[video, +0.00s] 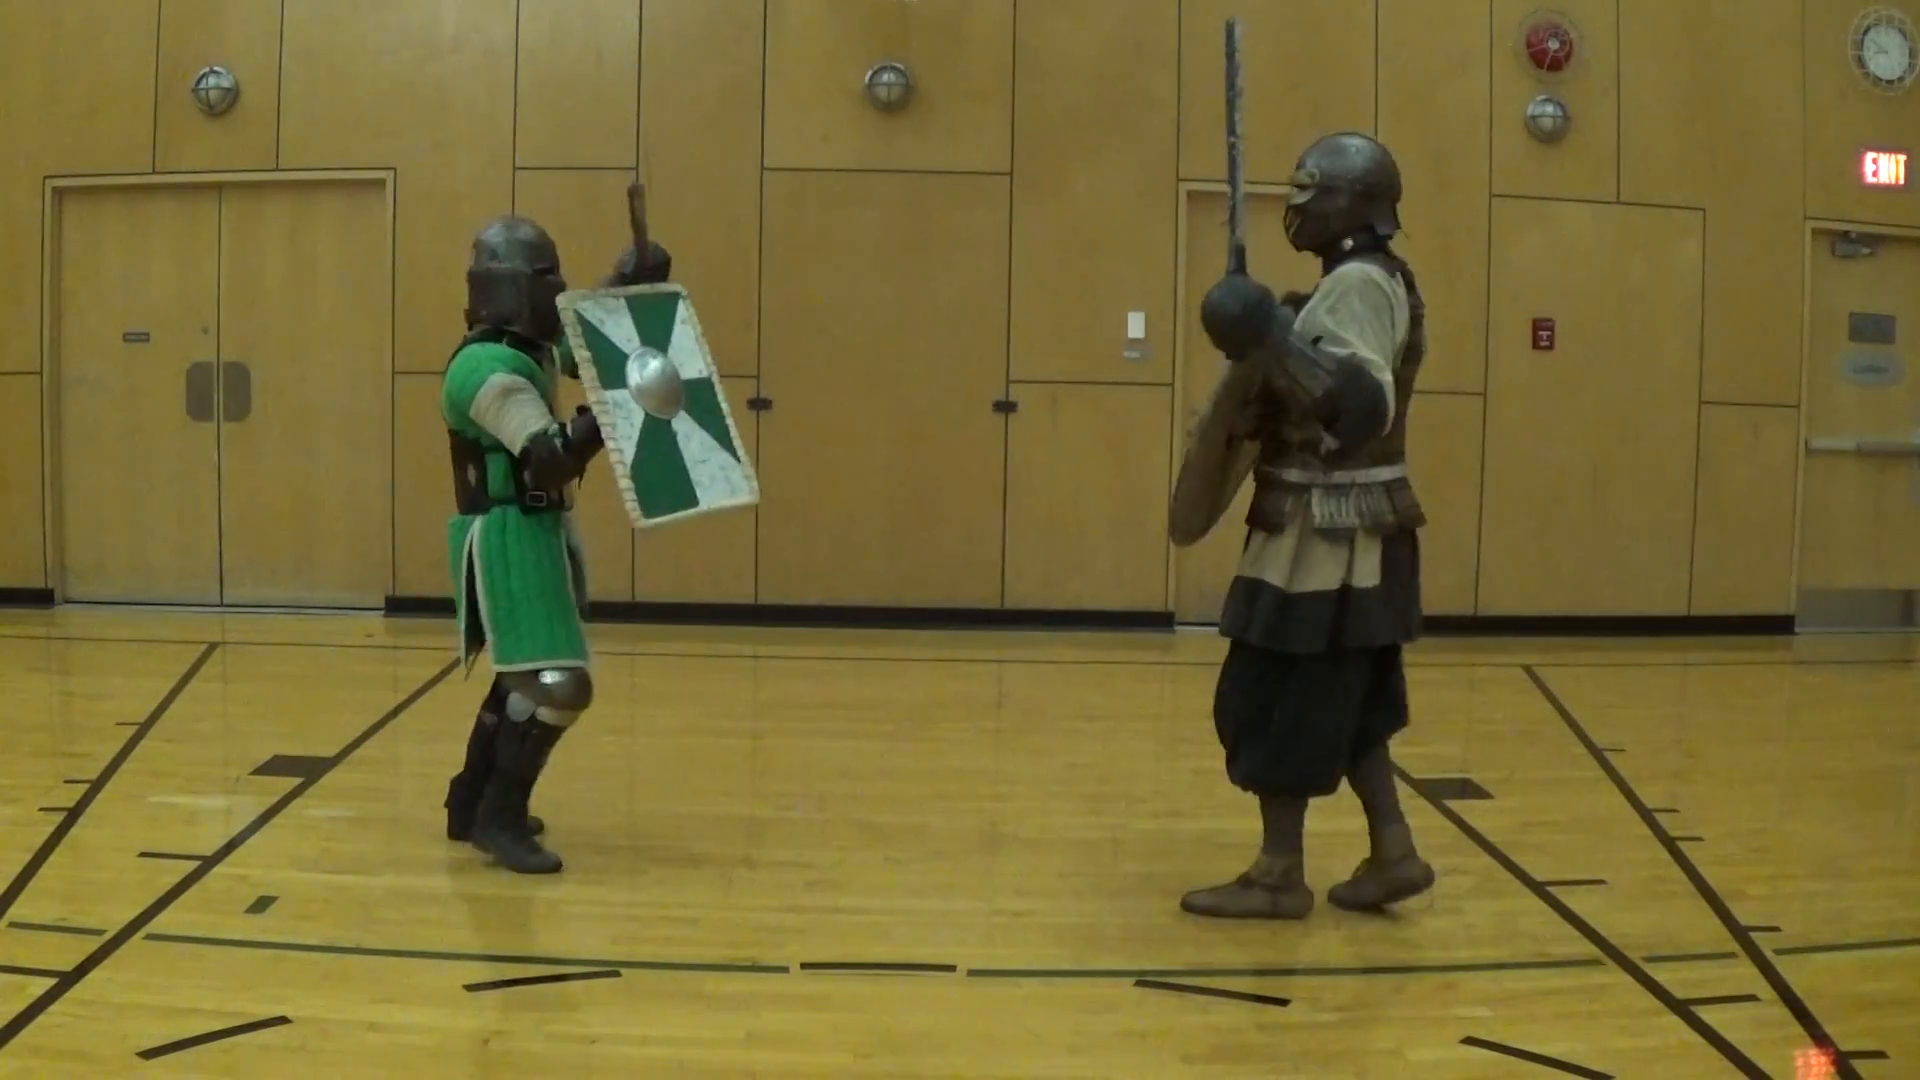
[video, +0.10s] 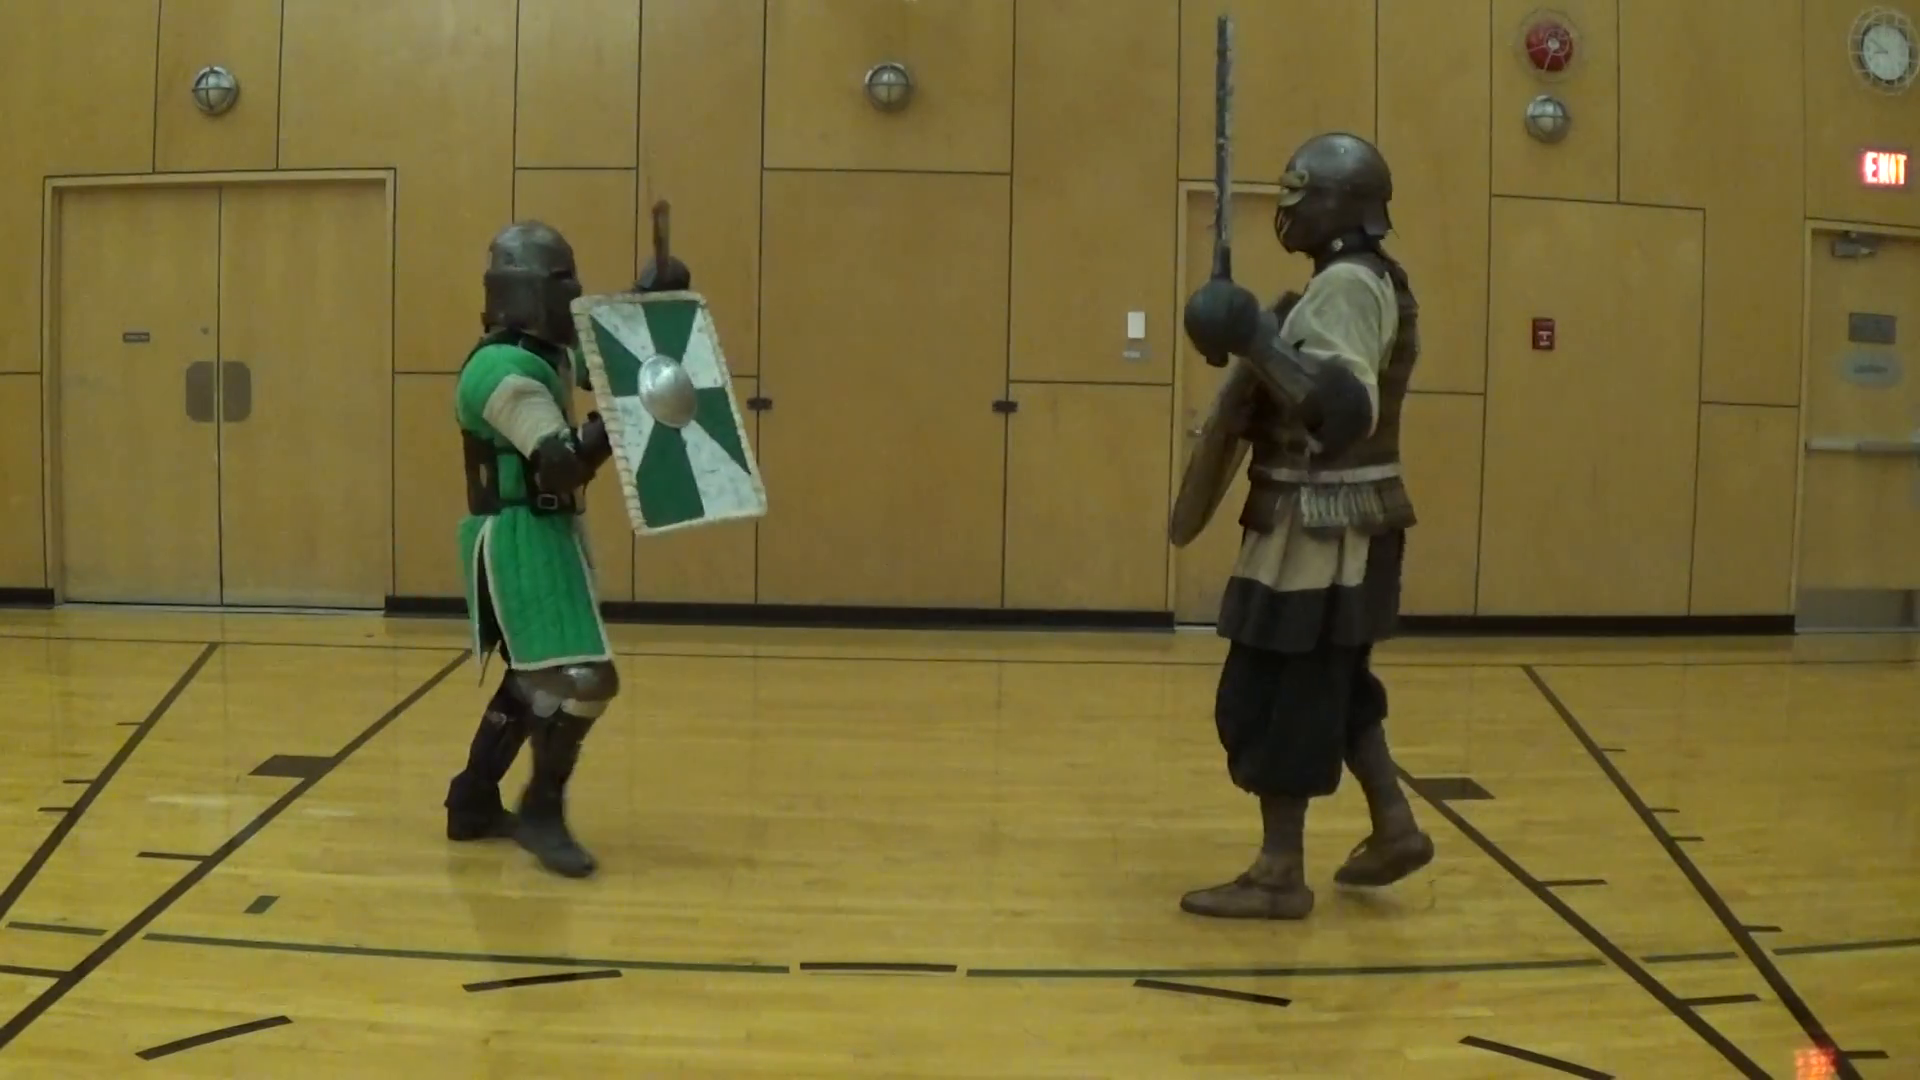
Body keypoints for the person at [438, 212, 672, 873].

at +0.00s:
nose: (556, 293)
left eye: (556, 280)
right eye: (544, 281)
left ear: (500, 290)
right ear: (507, 288)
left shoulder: (532, 355)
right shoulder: (486, 367)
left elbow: (600, 344)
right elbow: (549, 458)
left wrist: (628, 291)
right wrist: (618, 400)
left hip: (536, 527)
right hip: (508, 532)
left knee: (527, 674)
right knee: (559, 684)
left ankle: (474, 800)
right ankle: (501, 818)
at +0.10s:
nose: (575, 294)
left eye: (572, 281)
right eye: (562, 283)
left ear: (522, 296)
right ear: (523, 294)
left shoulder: (550, 360)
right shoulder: (501, 371)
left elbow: (621, 359)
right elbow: (557, 467)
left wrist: (652, 302)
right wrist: (619, 414)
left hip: (547, 531)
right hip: (517, 536)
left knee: (535, 672)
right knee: (587, 680)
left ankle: (473, 798)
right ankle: (543, 816)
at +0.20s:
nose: (598, 303)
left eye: (595, 290)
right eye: (586, 292)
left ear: (542, 299)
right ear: (554, 299)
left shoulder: (564, 363)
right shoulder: (526, 375)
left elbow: (631, 354)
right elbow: (576, 470)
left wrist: (667, 303)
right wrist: (633, 426)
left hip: (555, 539)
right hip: (538, 543)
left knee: (539, 680)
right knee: (601, 684)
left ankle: (473, 800)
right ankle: (614, 834)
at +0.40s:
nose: (659, 318)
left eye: (655, 306)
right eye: (649, 307)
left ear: (597, 316)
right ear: (621, 316)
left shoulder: (622, 376)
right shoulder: (589, 391)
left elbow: (687, 364)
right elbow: (643, 486)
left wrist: (721, 309)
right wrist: (707, 434)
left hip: (595, 556)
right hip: (609, 558)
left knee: (566, 689)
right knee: (671, 696)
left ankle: (477, 796)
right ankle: (689, 842)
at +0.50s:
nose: (698, 324)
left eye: (694, 312)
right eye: (689, 313)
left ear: (632, 320)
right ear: (664, 322)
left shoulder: (659, 380)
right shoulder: (629, 399)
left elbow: (725, 362)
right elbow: (687, 499)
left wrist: (762, 306)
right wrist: (755, 440)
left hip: (651, 562)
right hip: (653, 564)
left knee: (643, 702)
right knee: (719, 701)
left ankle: (514, 773)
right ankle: (695, 847)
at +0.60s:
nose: (734, 326)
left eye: (732, 316)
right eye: (723, 316)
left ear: (676, 327)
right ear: (692, 327)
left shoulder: (708, 379)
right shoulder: (667, 407)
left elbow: (764, 345)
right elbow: (737, 503)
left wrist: (801, 295)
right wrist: (810, 449)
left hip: (714, 559)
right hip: (687, 564)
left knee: (742, 699)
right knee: (747, 706)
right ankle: (697, 846)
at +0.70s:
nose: (779, 339)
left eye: (777, 329)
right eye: (771, 329)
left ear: (722, 333)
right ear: (744, 338)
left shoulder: (739, 394)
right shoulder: (716, 416)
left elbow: (785, 343)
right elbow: (786, 507)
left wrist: (822, 284)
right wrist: (860, 454)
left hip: (766, 565)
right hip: (732, 573)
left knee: (843, 669)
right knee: (774, 711)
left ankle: (757, 782)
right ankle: (700, 843)